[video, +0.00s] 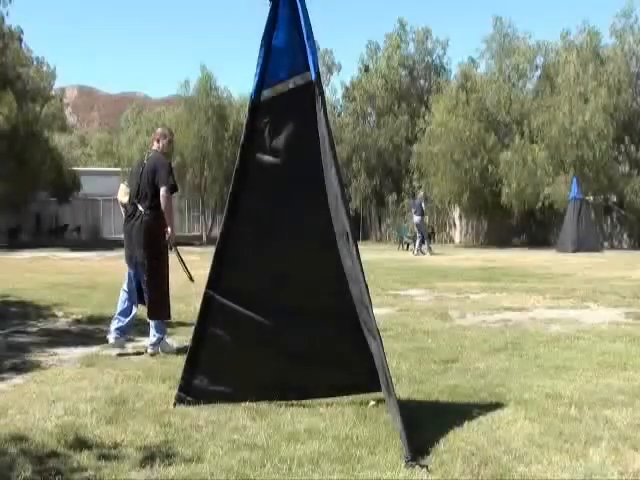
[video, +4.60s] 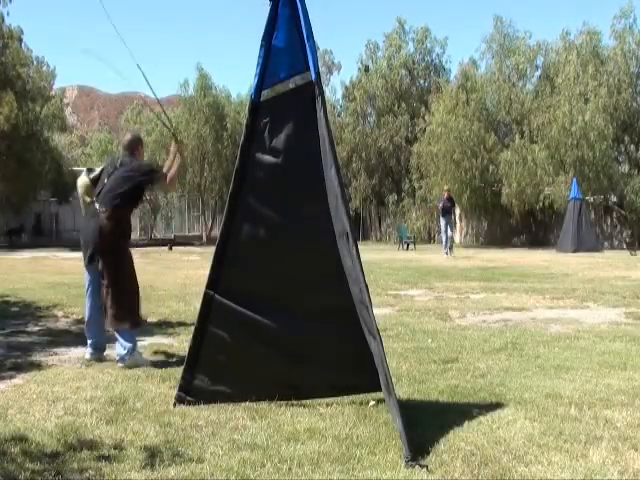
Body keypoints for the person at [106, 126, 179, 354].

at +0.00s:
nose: (171, 146)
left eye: (170, 142)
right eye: (169, 142)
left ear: (153, 142)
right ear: (159, 142)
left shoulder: (139, 164)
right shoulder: (162, 163)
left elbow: (124, 196)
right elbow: (164, 196)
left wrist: (132, 217)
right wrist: (170, 226)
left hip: (133, 227)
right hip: (150, 229)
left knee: (133, 280)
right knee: (156, 282)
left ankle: (117, 332)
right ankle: (156, 339)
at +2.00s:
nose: (145, 136)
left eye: (141, 133)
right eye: (144, 133)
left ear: (125, 135)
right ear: (142, 134)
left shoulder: (113, 160)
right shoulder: (146, 157)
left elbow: (98, 198)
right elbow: (151, 194)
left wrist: (105, 231)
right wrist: (158, 226)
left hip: (115, 231)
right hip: (138, 233)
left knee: (110, 293)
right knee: (141, 292)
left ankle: (102, 348)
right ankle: (144, 351)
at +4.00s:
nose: (146, 136)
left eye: (144, 132)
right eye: (145, 132)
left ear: (126, 134)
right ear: (140, 133)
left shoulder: (114, 158)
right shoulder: (143, 156)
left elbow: (99, 194)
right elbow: (147, 194)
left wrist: (106, 223)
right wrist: (154, 227)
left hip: (111, 228)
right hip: (133, 228)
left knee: (109, 292)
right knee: (137, 291)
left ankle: (101, 348)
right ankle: (144, 351)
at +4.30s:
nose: (140, 140)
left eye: (138, 136)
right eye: (139, 136)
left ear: (120, 138)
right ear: (135, 137)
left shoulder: (110, 160)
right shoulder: (134, 156)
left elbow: (101, 194)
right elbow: (148, 181)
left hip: (106, 223)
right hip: (124, 225)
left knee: (107, 288)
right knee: (132, 288)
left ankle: (96, 346)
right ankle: (144, 351)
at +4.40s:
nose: (140, 138)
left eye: (138, 135)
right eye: (139, 134)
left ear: (119, 138)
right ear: (134, 136)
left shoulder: (112, 160)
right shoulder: (128, 152)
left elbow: (110, 200)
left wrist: (140, 214)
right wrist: (167, 149)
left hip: (100, 236)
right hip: (119, 237)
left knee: (104, 292)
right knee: (138, 289)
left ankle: (95, 347)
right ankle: (143, 350)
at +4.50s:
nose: (144, 140)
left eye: (143, 137)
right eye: (142, 136)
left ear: (123, 138)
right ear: (135, 138)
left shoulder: (110, 163)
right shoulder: (129, 156)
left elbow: (94, 186)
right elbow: (143, 136)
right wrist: (163, 119)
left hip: (98, 238)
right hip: (118, 238)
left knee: (100, 296)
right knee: (133, 292)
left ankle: (95, 347)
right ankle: (130, 349)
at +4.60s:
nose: (144, 151)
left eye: (141, 148)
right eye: (143, 148)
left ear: (123, 148)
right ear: (139, 149)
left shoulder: (112, 164)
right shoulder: (141, 168)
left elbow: (90, 184)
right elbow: (167, 181)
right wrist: (177, 156)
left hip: (92, 224)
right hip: (111, 229)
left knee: (94, 285)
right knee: (122, 284)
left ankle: (94, 346)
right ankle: (126, 350)